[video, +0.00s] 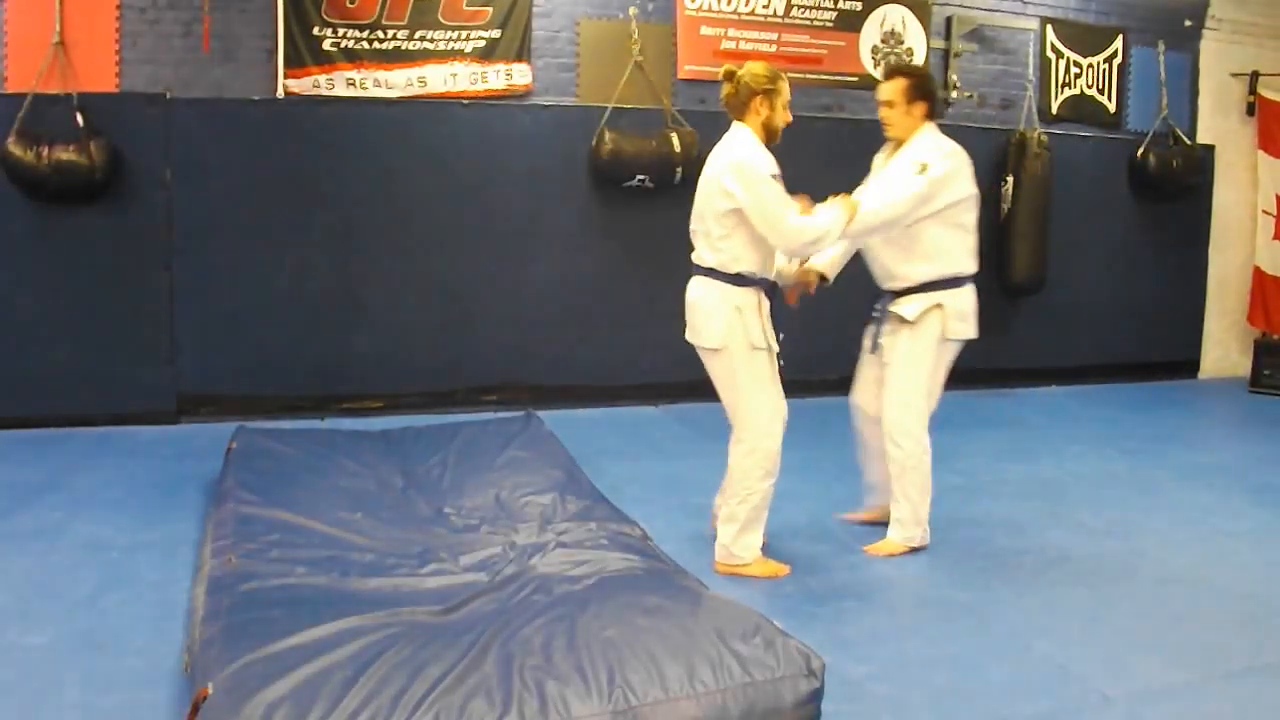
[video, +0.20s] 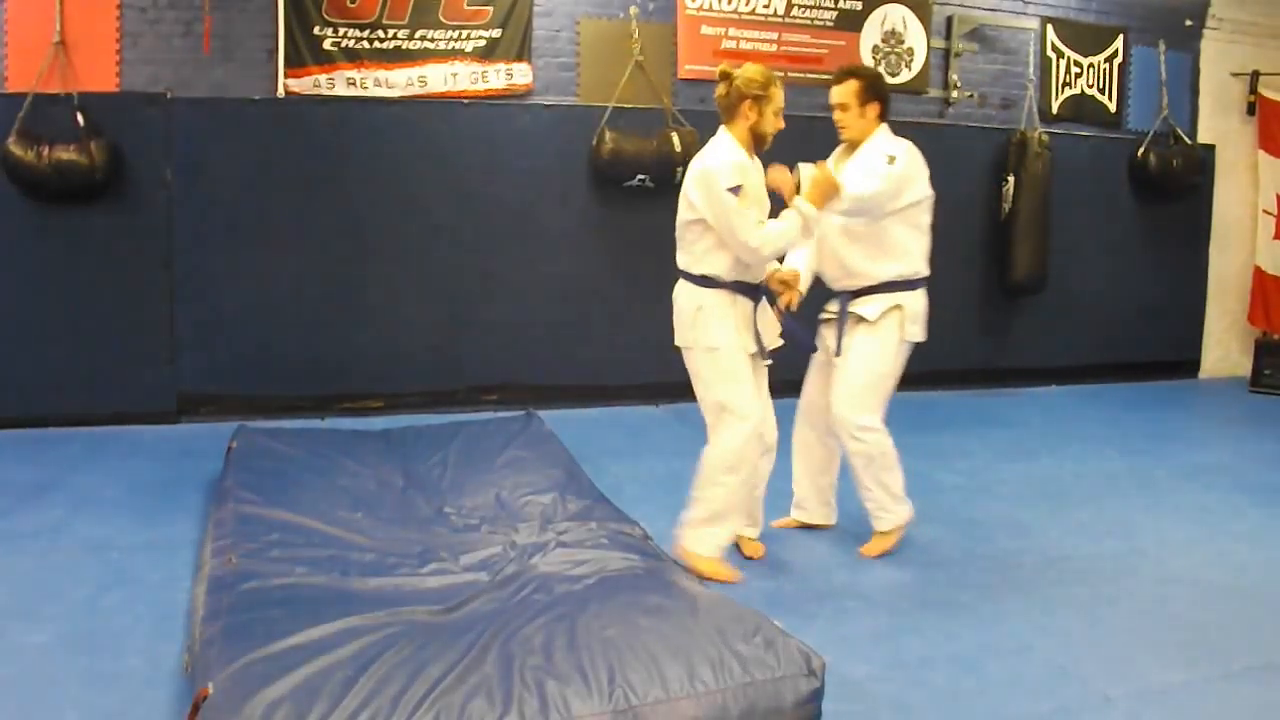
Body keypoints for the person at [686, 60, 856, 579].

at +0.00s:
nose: (791, 114)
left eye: (789, 104)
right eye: (786, 104)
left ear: (754, 105)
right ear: (761, 105)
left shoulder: (739, 152)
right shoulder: (744, 158)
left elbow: (757, 239)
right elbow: (786, 231)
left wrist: (792, 271)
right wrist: (840, 211)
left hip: (732, 297)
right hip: (727, 303)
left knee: (766, 413)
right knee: (760, 420)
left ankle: (732, 519)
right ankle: (737, 551)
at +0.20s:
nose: (783, 122)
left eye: (782, 111)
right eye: (778, 112)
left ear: (748, 110)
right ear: (750, 110)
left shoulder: (746, 162)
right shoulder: (718, 164)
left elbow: (739, 247)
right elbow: (755, 245)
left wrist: (770, 278)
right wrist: (807, 206)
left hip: (741, 305)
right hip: (708, 307)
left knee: (762, 428)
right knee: (739, 424)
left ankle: (743, 525)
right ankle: (696, 543)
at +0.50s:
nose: (761, 122)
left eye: (762, 114)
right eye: (758, 112)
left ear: (727, 108)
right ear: (732, 108)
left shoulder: (724, 160)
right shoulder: (693, 162)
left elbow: (751, 231)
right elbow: (734, 241)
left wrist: (767, 276)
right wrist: (783, 192)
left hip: (716, 303)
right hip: (683, 303)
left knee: (745, 421)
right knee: (690, 426)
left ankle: (746, 524)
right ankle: (643, 535)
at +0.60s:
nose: (758, 117)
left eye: (759, 108)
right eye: (755, 106)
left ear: (724, 103)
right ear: (730, 103)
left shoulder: (715, 153)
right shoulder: (692, 157)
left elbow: (741, 223)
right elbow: (727, 240)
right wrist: (779, 196)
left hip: (707, 297)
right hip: (677, 297)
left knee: (738, 414)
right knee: (682, 424)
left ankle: (748, 521)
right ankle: (643, 536)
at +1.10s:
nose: (753, 99)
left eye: (751, 90)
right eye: (750, 91)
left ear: (707, 94)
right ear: (731, 95)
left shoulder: (674, 139)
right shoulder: (726, 155)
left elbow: (740, 187)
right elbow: (784, 207)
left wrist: (782, 188)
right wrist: (847, 238)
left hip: (664, 281)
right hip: (685, 292)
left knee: (728, 376)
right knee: (686, 412)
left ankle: (723, 477)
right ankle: (645, 532)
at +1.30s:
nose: (758, 106)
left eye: (756, 97)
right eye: (755, 98)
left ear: (712, 99)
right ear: (740, 100)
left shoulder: (680, 150)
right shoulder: (742, 158)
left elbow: (718, 214)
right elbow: (783, 234)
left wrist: (768, 250)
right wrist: (836, 289)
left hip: (678, 284)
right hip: (707, 292)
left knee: (712, 403)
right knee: (693, 412)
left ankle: (707, 509)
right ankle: (646, 530)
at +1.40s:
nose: (772, 109)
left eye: (770, 100)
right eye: (769, 100)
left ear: (726, 105)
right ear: (750, 104)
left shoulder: (696, 155)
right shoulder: (750, 160)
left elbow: (694, 232)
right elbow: (769, 246)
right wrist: (790, 320)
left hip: (688, 282)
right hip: (720, 291)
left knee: (717, 407)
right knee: (719, 413)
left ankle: (707, 507)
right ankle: (651, 523)